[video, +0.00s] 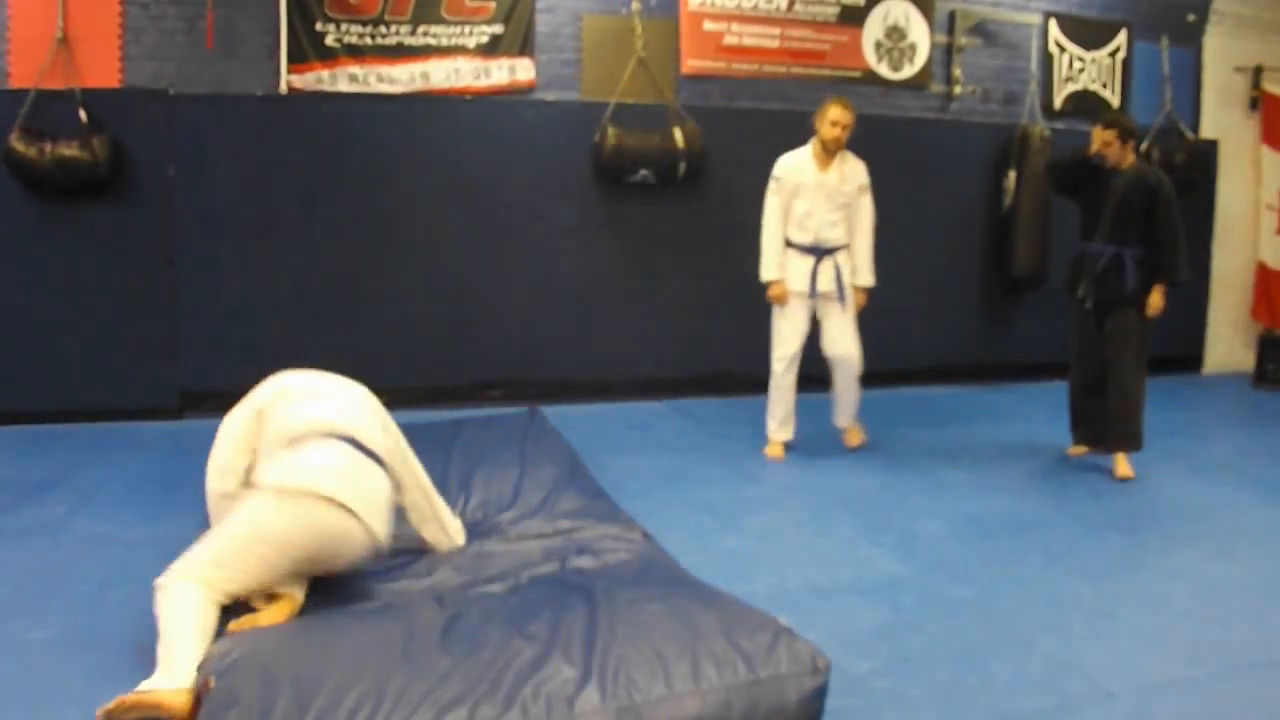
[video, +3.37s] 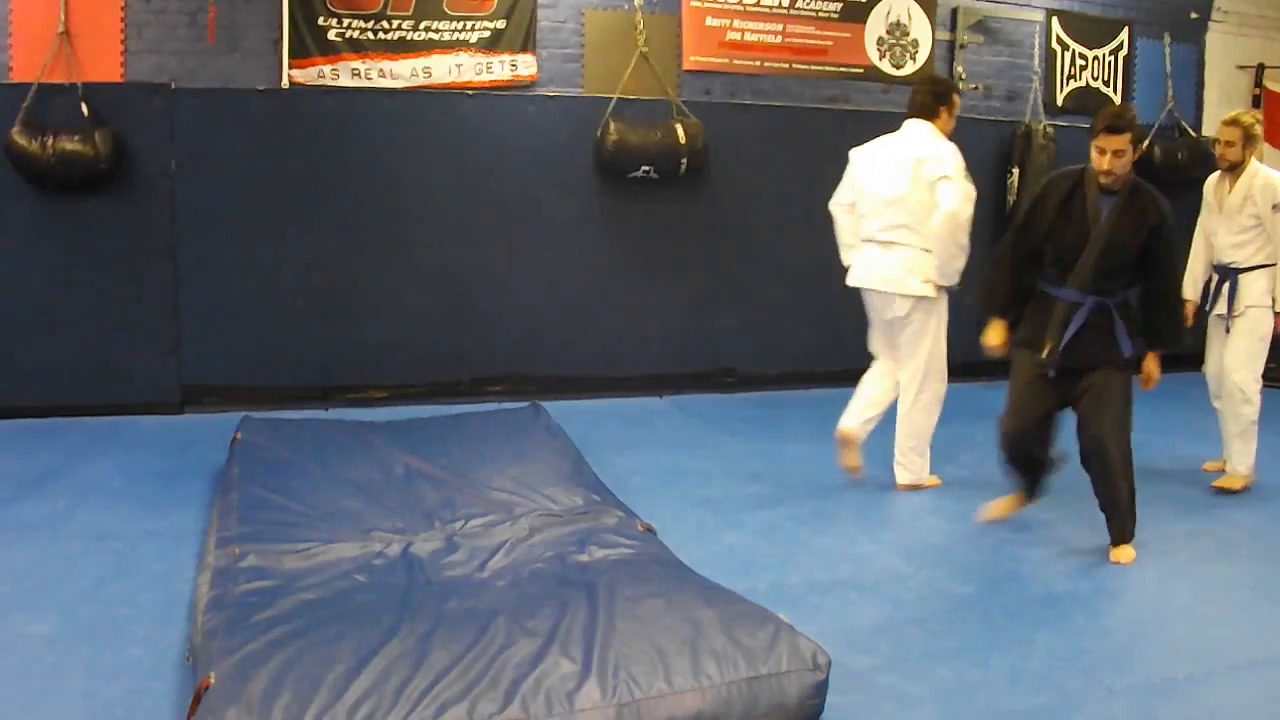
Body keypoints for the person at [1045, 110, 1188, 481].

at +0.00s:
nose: (1098, 152)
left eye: (1105, 145)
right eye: (1096, 145)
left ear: (1125, 144)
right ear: (1097, 146)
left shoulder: (1152, 182)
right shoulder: (1093, 176)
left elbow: (1167, 239)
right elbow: (1057, 177)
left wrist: (1160, 284)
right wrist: (1088, 158)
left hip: (1130, 284)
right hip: (1091, 280)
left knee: (1124, 365)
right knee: (1087, 360)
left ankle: (1120, 448)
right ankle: (1088, 436)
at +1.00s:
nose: (1092, 133)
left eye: (1100, 126)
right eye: (1087, 126)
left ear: (1120, 130)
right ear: (1083, 132)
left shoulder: (1147, 179)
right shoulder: (1073, 179)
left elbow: (1165, 240)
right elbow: (1040, 224)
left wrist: (1161, 291)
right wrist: (1036, 187)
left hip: (1128, 293)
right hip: (1079, 291)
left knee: (1128, 378)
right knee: (1070, 381)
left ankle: (1125, 455)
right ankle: (1064, 470)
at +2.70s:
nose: (1119, 131)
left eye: (1128, 123)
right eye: (1115, 123)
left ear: (1151, 125)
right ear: (1112, 126)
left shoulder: (1178, 175)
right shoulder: (1110, 176)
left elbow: (1190, 247)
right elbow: (1090, 239)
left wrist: (1179, 308)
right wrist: (1069, 235)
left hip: (1160, 299)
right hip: (1120, 296)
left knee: (1131, 387)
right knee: (1117, 388)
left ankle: (1131, 490)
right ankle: (1118, 481)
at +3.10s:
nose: (1110, 149)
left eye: (1119, 140)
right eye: (1104, 140)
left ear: (1140, 139)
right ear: (1096, 140)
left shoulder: (1163, 190)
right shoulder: (1086, 187)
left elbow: (1186, 262)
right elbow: (1071, 250)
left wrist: (1198, 330)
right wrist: (1071, 306)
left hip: (1140, 308)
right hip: (1093, 308)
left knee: (1124, 407)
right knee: (1106, 404)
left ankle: (1120, 519)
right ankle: (1126, 486)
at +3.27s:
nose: (1111, 157)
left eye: (1121, 148)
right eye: (1105, 147)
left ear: (1142, 148)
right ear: (1096, 145)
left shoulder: (1162, 204)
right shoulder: (1070, 187)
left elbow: (1176, 277)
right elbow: (1038, 245)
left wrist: (1173, 343)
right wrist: (1031, 305)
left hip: (1122, 324)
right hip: (1066, 318)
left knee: (1110, 430)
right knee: (1051, 422)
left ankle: (1119, 534)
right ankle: (1095, 464)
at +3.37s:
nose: (1107, 164)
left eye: (1117, 154)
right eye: (1100, 152)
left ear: (1134, 153)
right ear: (1089, 149)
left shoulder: (1151, 209)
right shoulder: (1057, 189)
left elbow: (1161, 284)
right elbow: (1017, 250)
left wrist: (1153, 348)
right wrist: (1000, 315)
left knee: (1105, 439)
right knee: (1018, 426)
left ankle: (1120, 537)